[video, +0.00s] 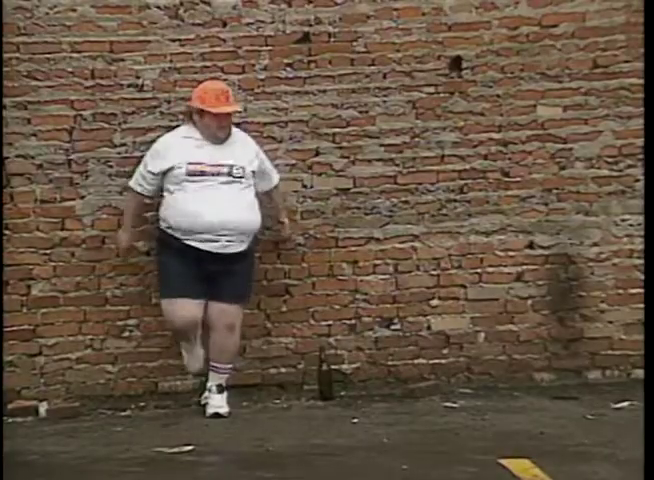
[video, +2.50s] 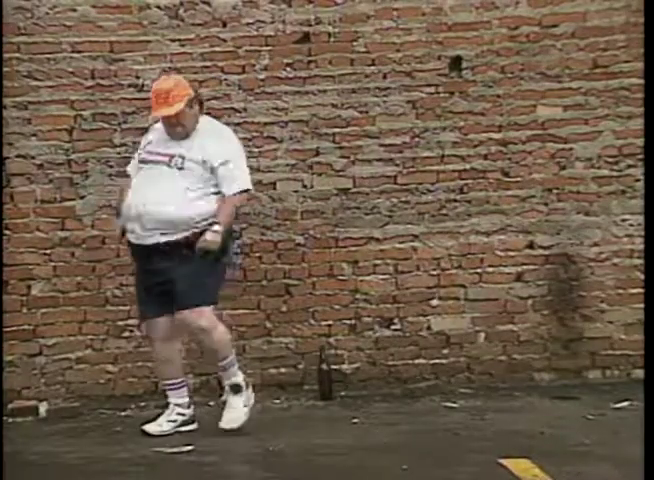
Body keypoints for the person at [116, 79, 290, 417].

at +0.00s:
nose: (224, 121)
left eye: (228, 114)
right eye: (216, 115)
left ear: (234, 113)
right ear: (196, 114)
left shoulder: (245, 146)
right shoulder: (170, 146)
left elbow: (269, 186)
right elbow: (138, 189)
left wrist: (282, 220)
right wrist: (127, 230)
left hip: (234, 250)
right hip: (181, 245)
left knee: (225, 321)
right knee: (183, 318)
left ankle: (217, 388)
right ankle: (190, 339)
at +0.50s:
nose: (198, 107)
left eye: (204, 100)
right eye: (190, 101)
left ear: (215, 97)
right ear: (178, 99)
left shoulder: (235, 126)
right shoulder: (164, 127)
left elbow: (257, 161)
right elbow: (134, 160)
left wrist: (233, 186)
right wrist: (162, 174)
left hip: (226, 236)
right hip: (175, 234)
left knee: (226, 313)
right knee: (184, 312)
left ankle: (219, 386)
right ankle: (190, 390)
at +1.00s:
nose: (195, 105)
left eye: (201, 97)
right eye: (187, 99)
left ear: (215, 100)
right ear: (176, 104)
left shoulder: (237, 133)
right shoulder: (164, 138)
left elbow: (266, 169)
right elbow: (134, 182)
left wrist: (280, 188)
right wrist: (116, 214)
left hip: (235, 244)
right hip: (176, 244)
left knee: (237, 320)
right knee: (180, 318)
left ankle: (237, 396)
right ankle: (189, 388)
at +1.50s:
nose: (179, 127)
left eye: (186, 120)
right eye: (172, 120)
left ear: (197, 117)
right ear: (161, 118)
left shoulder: (218, 146)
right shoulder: (146, 148)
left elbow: (249, 185)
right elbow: (126, 185)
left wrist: (247, 207)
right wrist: (109, 205)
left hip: (220, 248)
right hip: (161, 250)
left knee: (244, 316)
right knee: (170, 329)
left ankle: (236, 381)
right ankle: (181, 405)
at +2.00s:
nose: (167, 127)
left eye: (174, 118)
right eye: (160, 120)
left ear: (190, 113)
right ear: (152, 120)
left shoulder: (213, 139)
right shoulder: (153, 150)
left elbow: (254, 175)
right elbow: (139, 193)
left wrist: (218, 177)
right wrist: (132, 194)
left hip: (215, 255)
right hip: (160, 252)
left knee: (212, 330)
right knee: (145, 316)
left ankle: (217, 406)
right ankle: (171, 387)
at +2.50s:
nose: (170, 122)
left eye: (177, 114)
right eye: (164, 116)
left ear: (194, 104)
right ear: (156, 112)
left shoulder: (219, 138)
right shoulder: (154, 135)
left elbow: (235, 191)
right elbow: (136, 179)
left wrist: (218, 229)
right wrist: (127, 217)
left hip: (195, 243)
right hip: (149, 246)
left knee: (196, 317)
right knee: (159, 329)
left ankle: (237, 389)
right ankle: (180, 408)